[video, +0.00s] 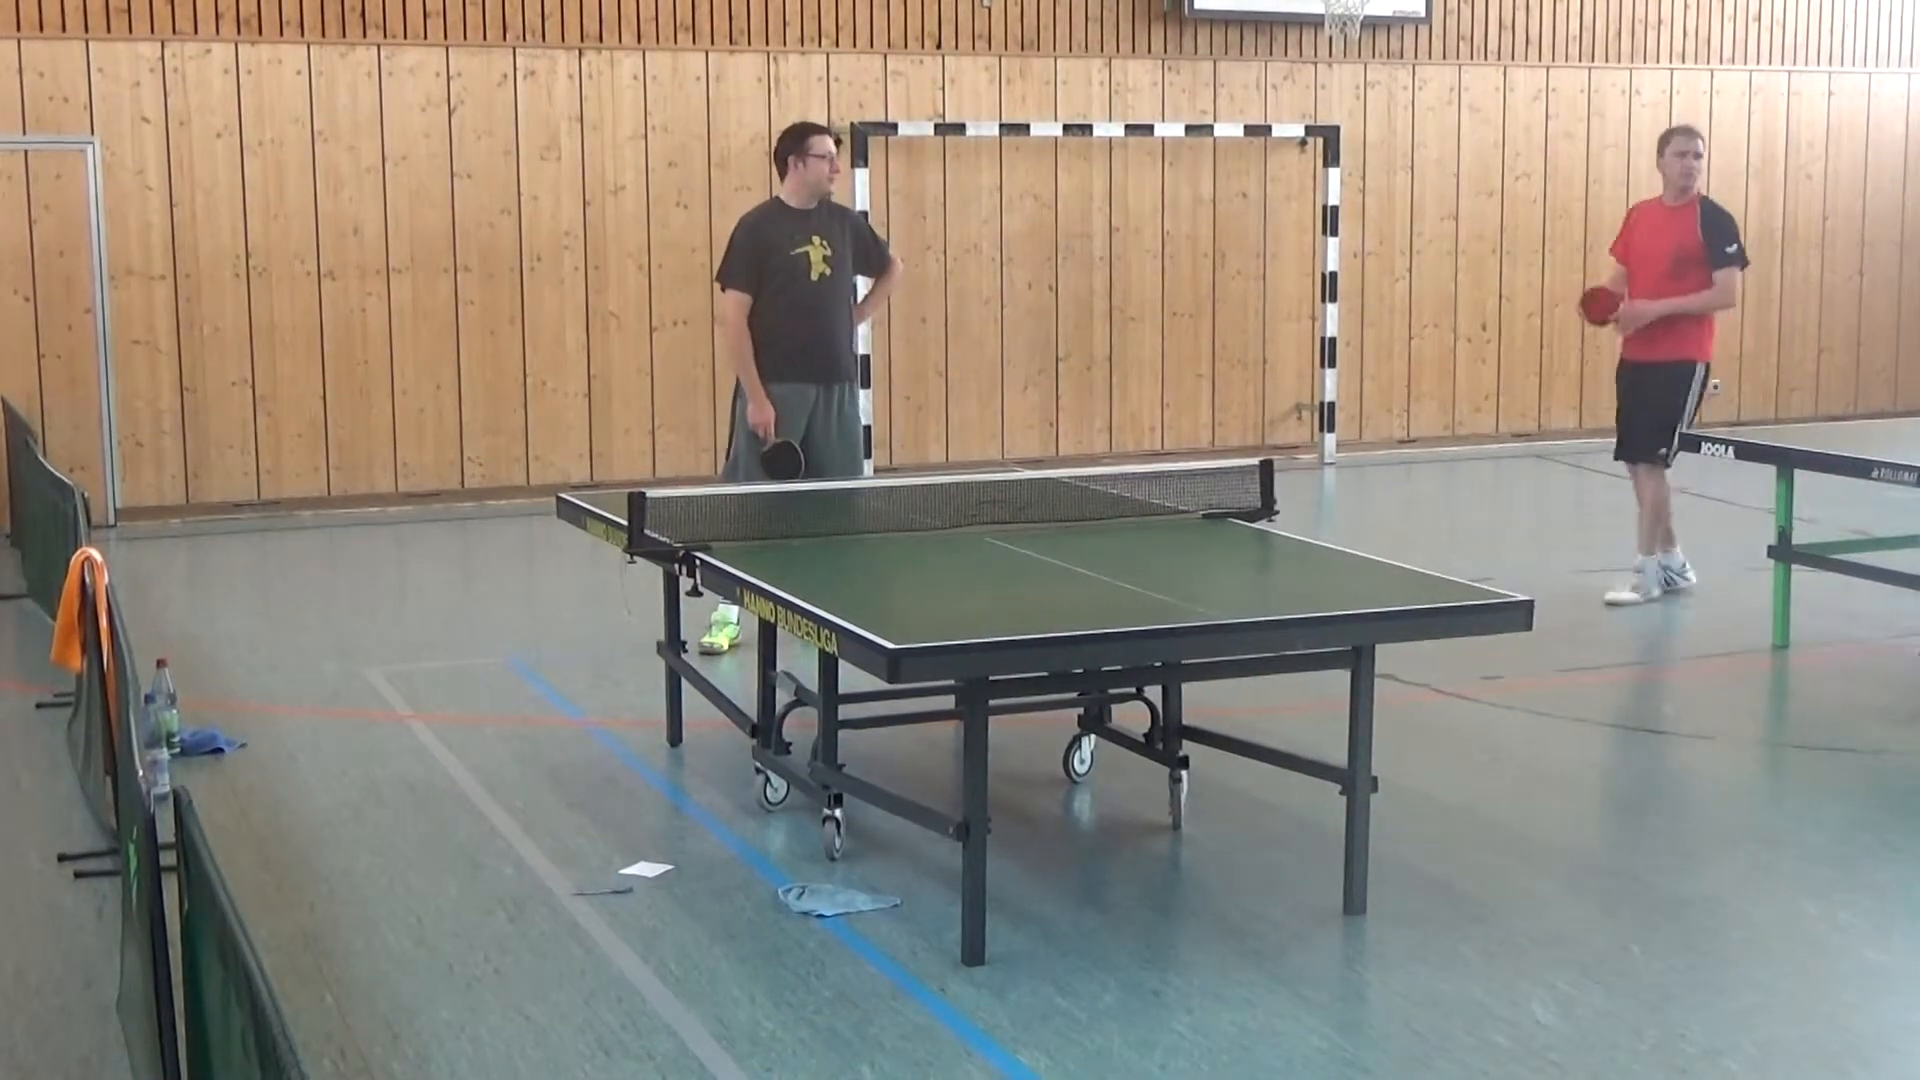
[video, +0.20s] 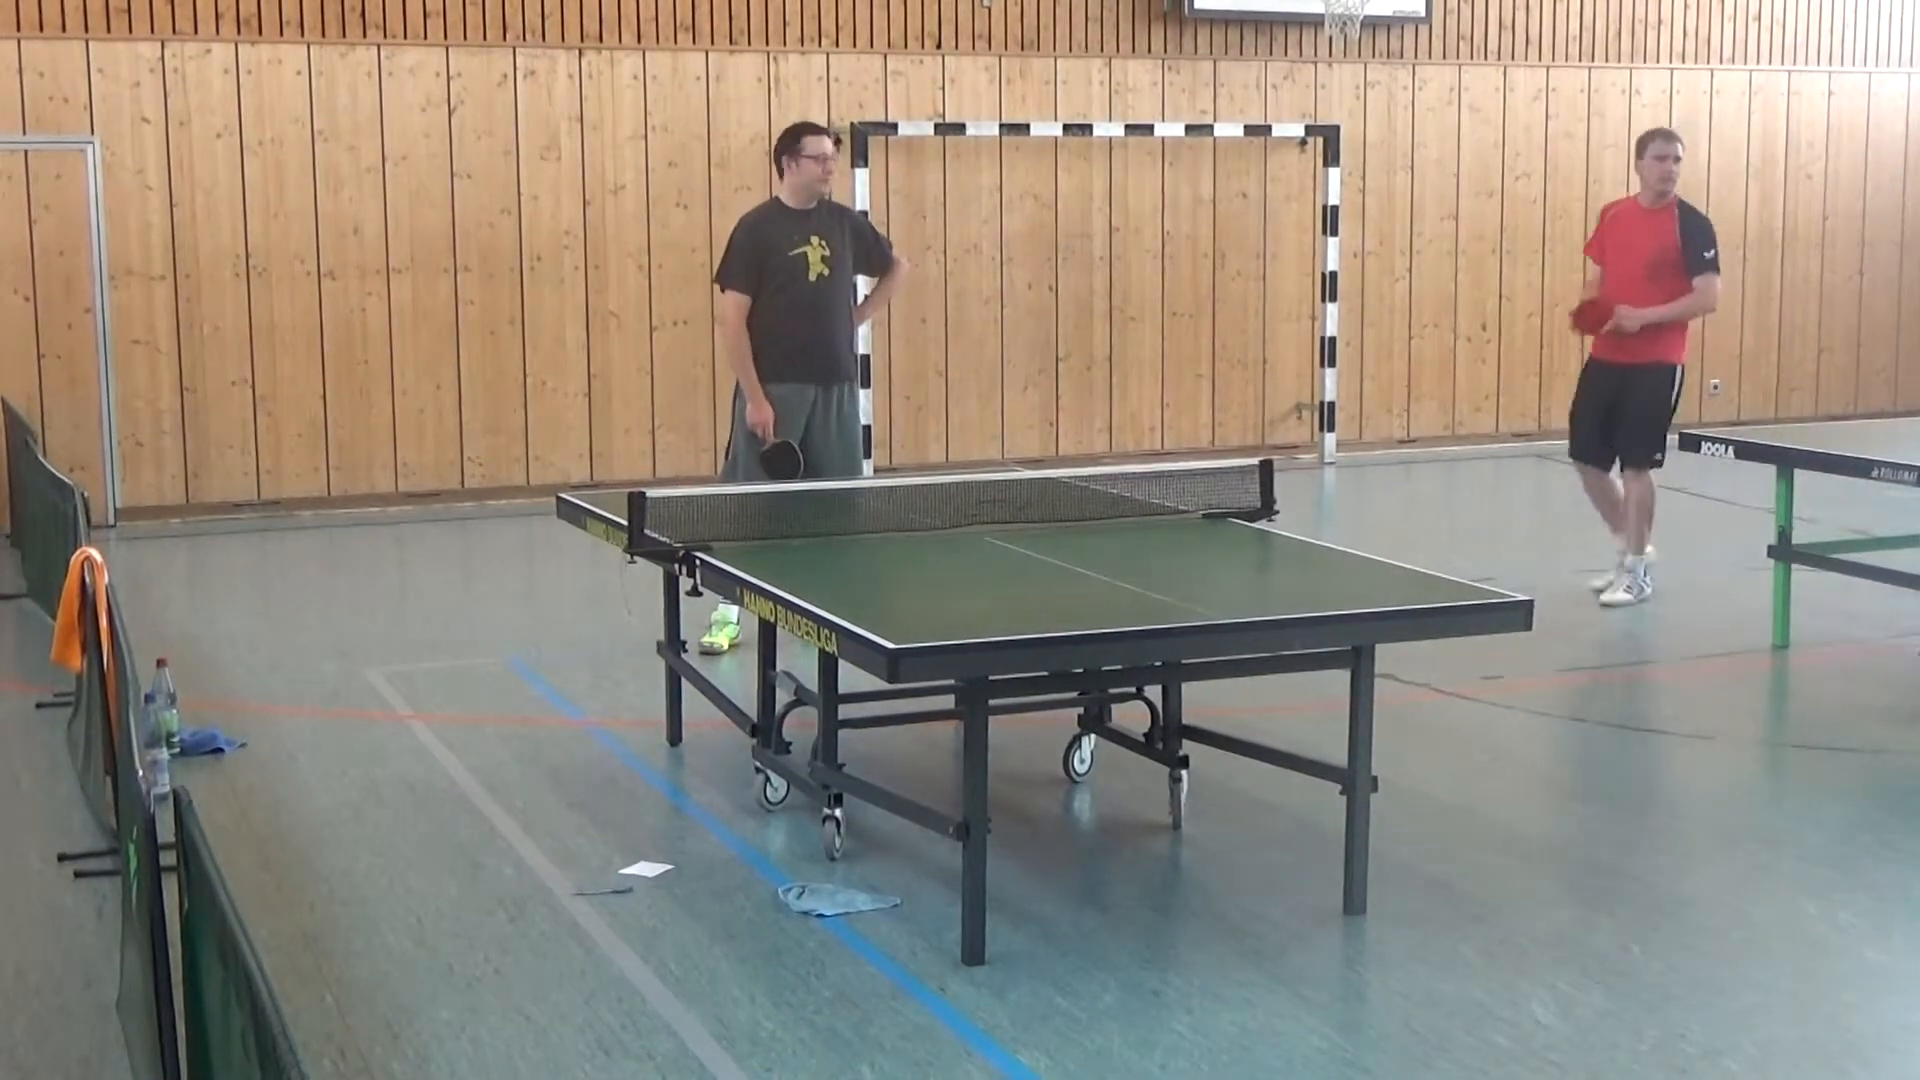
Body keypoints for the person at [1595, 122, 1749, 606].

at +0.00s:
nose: (1689, 162)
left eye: (1696, 156)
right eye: (1680, 154)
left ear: (1705, 164)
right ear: (1660, 161)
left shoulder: (1714, 219)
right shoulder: (1639, 215)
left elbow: (1727, 294)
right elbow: (1620, 279)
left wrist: (1654, 308)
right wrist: (1603, 304)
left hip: (1683, 357)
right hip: (1637, 354)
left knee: (1649, 460)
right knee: (1639, 462)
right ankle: (1673, 562)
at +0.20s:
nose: (1669, 167)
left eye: (1675, 160)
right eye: (1659, 159)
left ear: (1682, 167)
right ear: (1639, 164)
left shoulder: (1693, 224)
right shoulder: (1613, 215)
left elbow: (1707, 297)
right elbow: (1598, 280)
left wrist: (1643, 316)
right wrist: (1590, 308)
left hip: (1657, 362)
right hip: (1606, 357)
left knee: (1635, 464)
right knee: (1588, 458)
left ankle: (1634, 569)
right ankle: (1634, 544)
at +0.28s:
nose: (1661, 165)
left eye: (1666, 158)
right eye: (1651, 157)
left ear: (1671, 164)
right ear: (1628, 161)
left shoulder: (1683, 221)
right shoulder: (1600, 212)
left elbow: (1706, 292)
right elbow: (1584, 277)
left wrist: (1649, 315)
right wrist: (1578, 320)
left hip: (1651, 362)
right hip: (1599, 358)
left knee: (1636, 463)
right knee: (1585, 459)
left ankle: (1637, 570)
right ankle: (1587, 561)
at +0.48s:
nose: (1644, 168)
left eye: (1647, 160)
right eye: (1634, 160)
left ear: (1650, 165)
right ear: (1608, 167)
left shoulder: (1667, 219)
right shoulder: (1576, 223)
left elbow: (1702, 275)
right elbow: (1556, 294)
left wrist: (1677, 288)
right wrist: (1549, 363)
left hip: (1657, 369)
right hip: (1598, 368)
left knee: (1655, 467)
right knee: (1581, 464)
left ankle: (1644, 565)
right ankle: (1557, 557)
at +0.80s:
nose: (1696, 169)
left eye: (1698, 163)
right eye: (1687, 162)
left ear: (1694, 170)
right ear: (1658, 166)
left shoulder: (1695, 223)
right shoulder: (1620, 220)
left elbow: (1723, 283)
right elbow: (1577, 280)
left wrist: (1737, 259)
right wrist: (1553, 348)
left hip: (1678, 367)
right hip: (1622, 366)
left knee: (1690, 462)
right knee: (1593, 461)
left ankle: (1697, 558)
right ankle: (1555, 553)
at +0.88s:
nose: (1714, 172)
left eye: (1716, 164)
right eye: (1705, 163)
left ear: (1709, 171)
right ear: (1677, 168)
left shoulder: (1709, 225)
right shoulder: (1642, 220)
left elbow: (1729, 288)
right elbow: (1591, 279)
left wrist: (1751, 265)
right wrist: (1574, 348)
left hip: (1695, 369)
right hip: (1644, 370)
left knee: (1702, 464)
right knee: (1606, 465)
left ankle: (1701, 560)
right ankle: (1553, 551)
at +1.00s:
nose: (1736, 174)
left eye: (1740, 166)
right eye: (1727, 164)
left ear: (1741, 172)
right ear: (1701, 168)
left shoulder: (1734, 222)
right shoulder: (1671, 218)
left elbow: (1731, 280)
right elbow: (1618, 271)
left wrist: (1750, 294)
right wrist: (1628, 338)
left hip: (1721, 363)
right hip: (1676, 362)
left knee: (1712, 462)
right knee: (1660, 463)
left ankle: (1702, 561)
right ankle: (1579, 543)